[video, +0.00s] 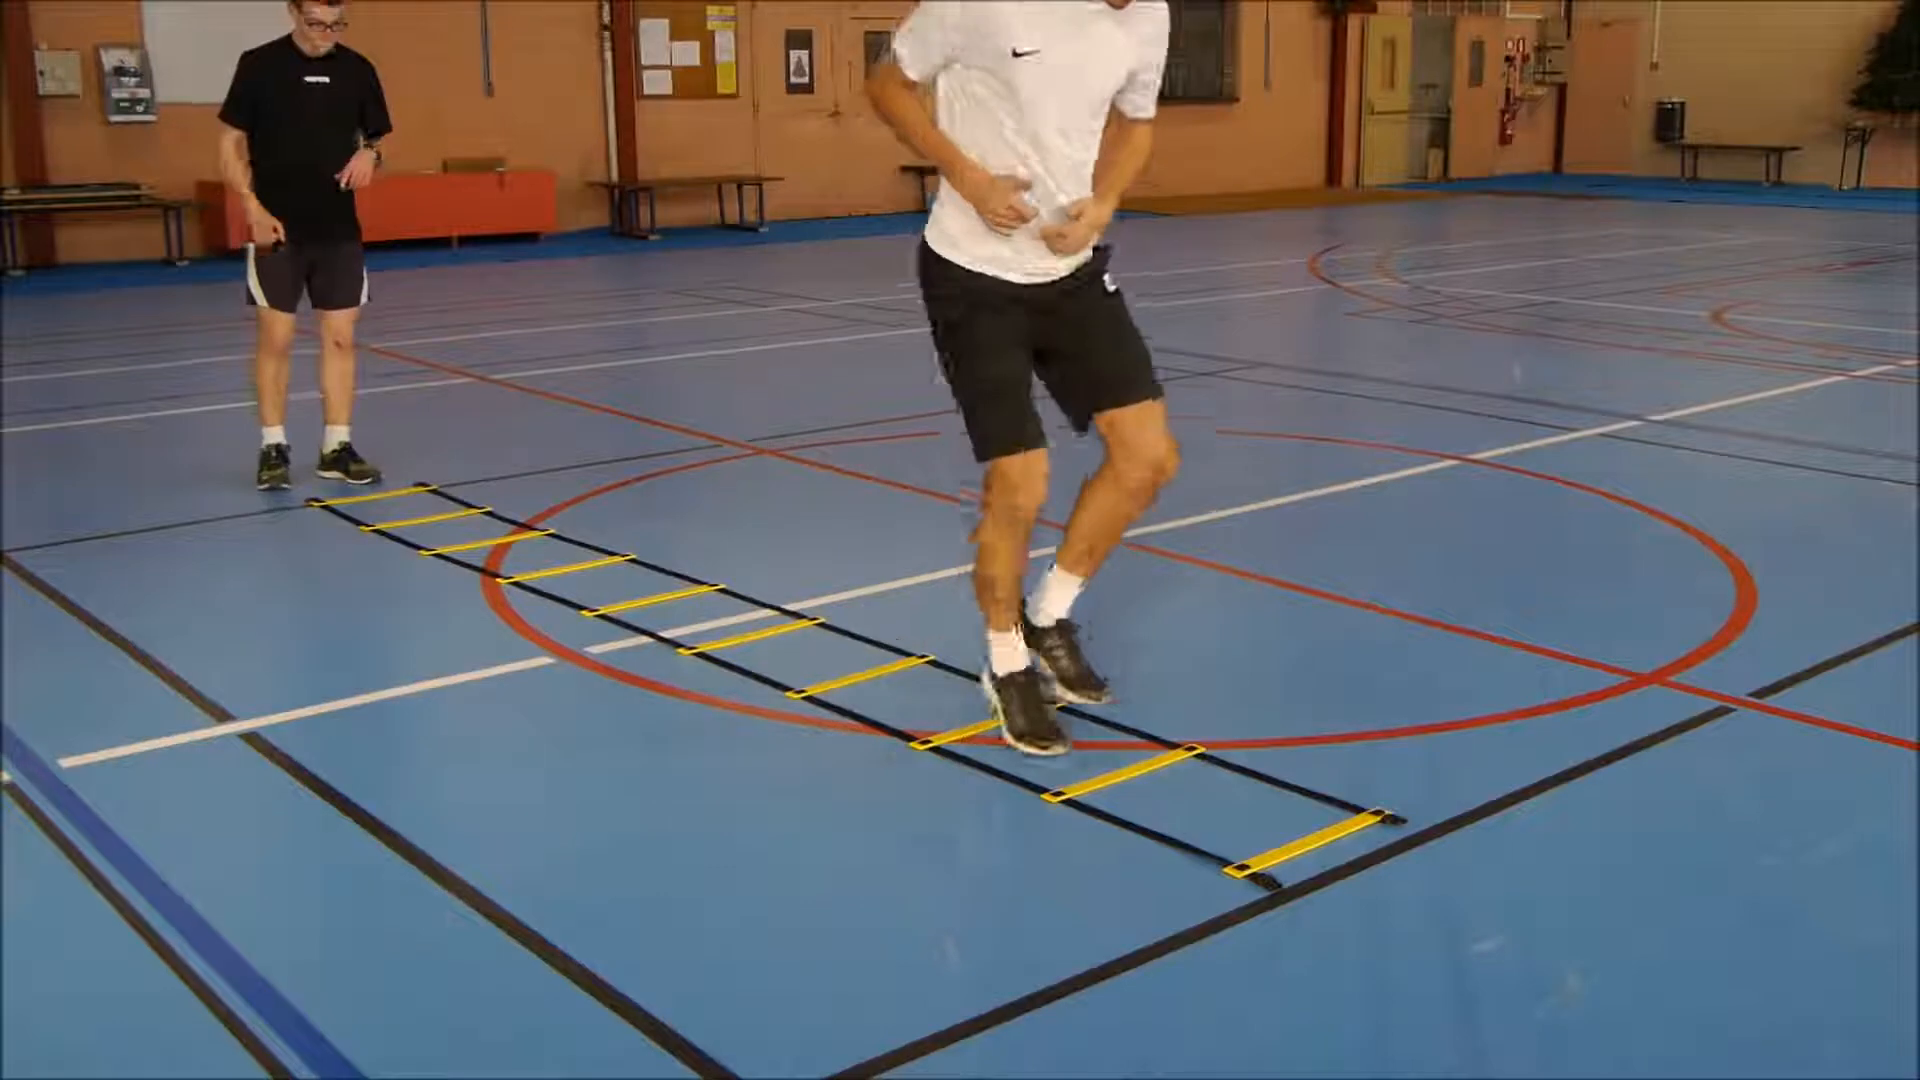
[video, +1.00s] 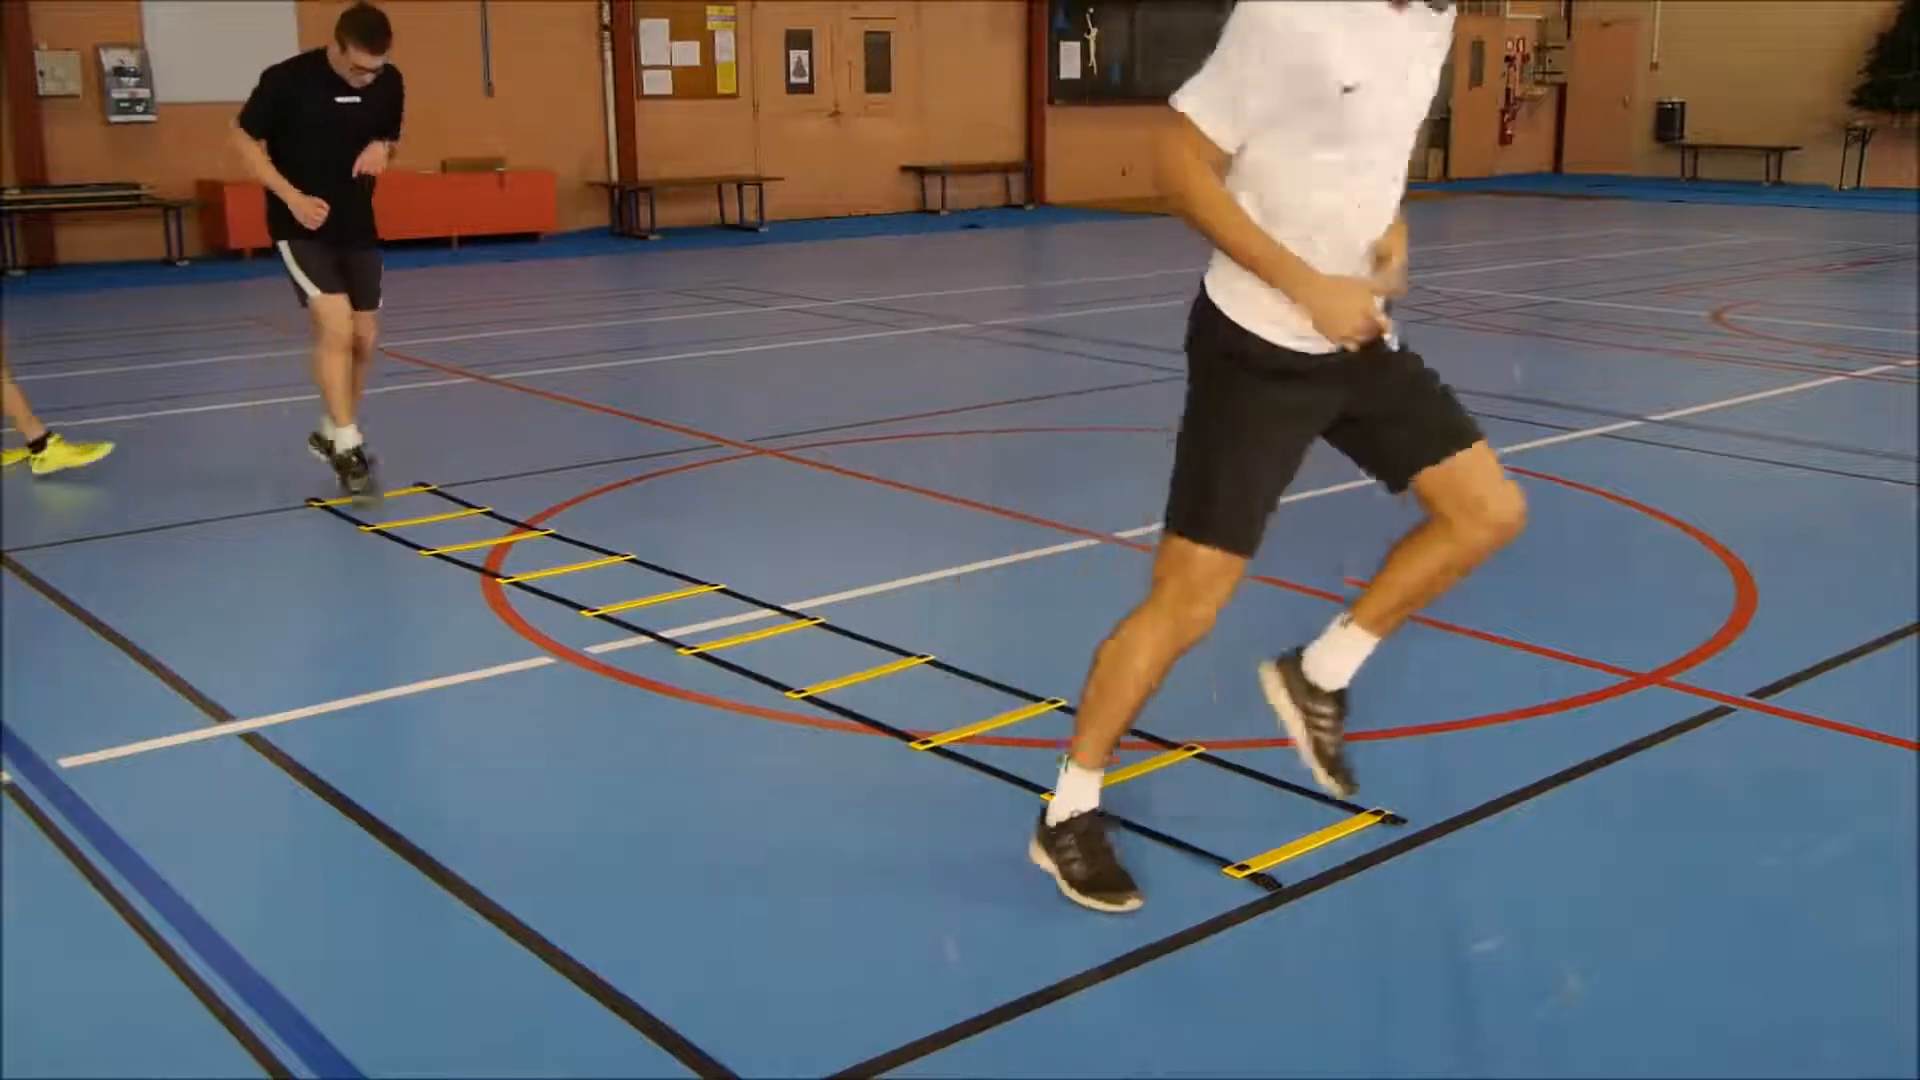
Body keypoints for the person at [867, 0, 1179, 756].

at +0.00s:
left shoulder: (1148, 15)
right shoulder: (978, 9)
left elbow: (1134, 119)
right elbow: (888, 84)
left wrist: (1100, 205)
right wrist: (968, 176)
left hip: (1072, 269)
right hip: (970, 269)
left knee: (1147, 456)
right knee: (1018, 481)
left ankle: (1046, 616)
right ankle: (1006, 665)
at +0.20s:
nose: (1168, 1)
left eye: (1176, 0)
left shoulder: (1190, 20)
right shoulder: (1017, 11)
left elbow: (1172, 132)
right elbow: (943, 121)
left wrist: (1128, 228)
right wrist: (1040, 213)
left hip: (1111, 296)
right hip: (1002, 286)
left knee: (1167, 486)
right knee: (997, 499)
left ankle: (1054, 648)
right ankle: (925, 709)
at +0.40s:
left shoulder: (1253, 17)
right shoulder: (1085, 11)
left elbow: (1224, 120)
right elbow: (999, 120)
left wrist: (1194, 215)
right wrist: (1088, 228)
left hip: (1173, 281)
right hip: (1060, 285)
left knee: (1266, 462)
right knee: (1042, 509)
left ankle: (1211, 657)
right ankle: (954, 695)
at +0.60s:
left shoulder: (1331, 16)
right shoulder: (1144, 8)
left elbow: (1310, 130)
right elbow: (1064, 105)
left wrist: (1270, 236)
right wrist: (1143, 226)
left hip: (1243, 292)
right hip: (1130, 291)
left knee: (1301, 494)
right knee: (1164, 526)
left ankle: (1232, 661)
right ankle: (1155, 726)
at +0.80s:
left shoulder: (1401, 9)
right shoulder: (1191, 6)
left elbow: (1377, 121)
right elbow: (1107, 84)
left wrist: (1327, 208)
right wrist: (1170, 213)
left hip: (1289, 290)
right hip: (1178, 280)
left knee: (1296, 523)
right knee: (1218, 521)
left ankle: (1193, 721)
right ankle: (1141, 705)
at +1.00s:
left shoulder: (1436, 19)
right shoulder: (1284, 18)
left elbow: (1362, 142)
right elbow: (1178, 163)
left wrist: (1386, 224)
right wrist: (1306, 284)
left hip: (1357, 340)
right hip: (1253, 343)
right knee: (1189, 598)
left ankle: (1319, 675)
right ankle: (1070, 808)